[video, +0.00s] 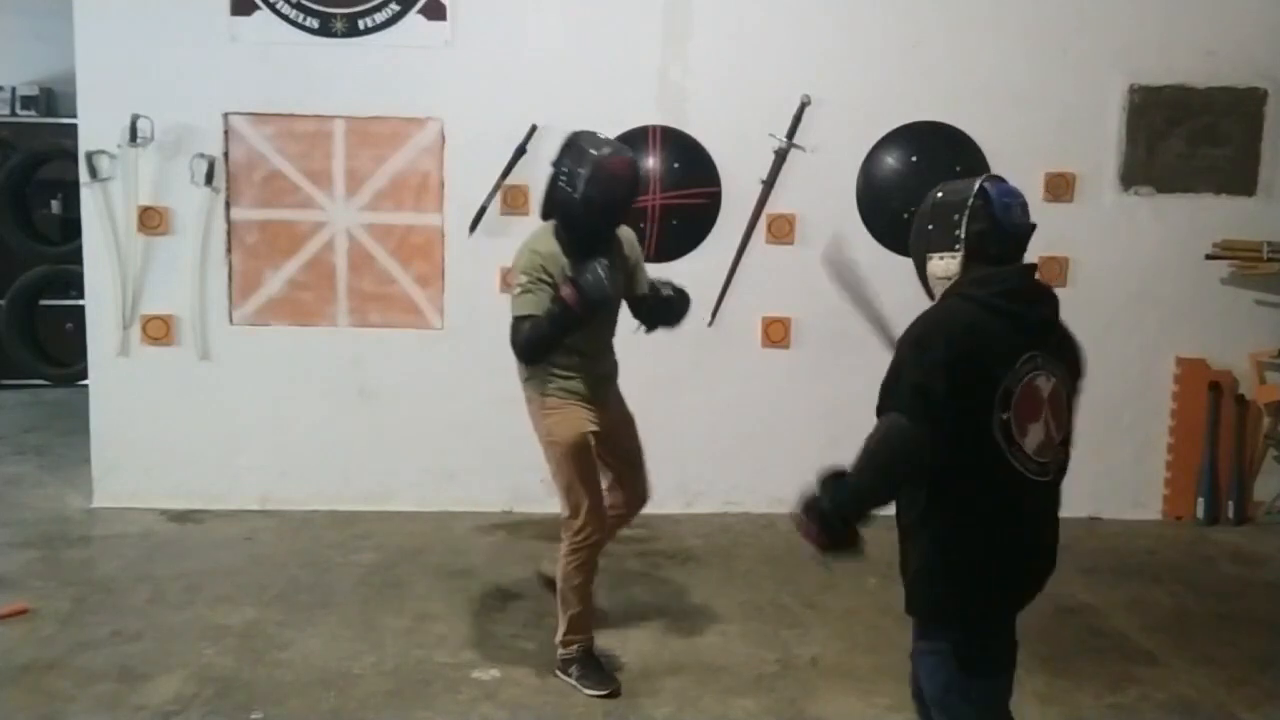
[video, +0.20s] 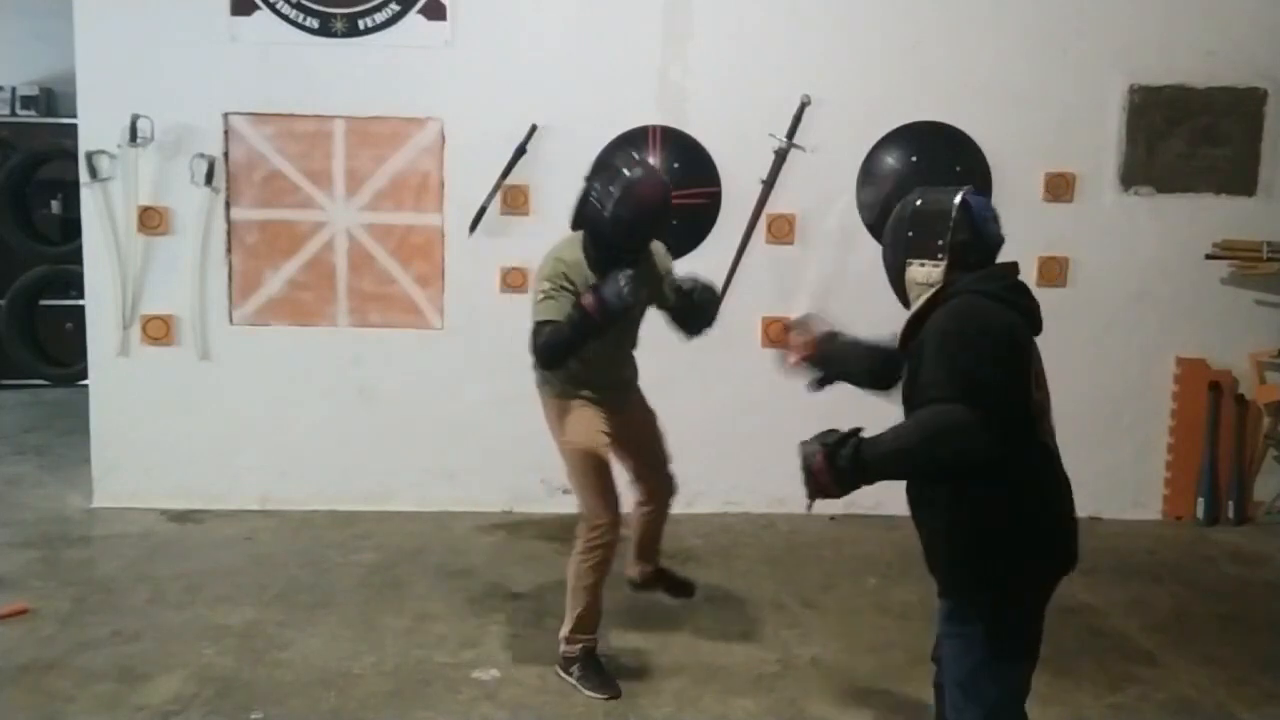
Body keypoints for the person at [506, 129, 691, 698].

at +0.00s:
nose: (616, 204)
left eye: (620, 194)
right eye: (605, 192)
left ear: (619, 198)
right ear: (574, 191)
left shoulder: (620, 242)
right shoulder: (540, 251)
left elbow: (645, 307)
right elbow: (526, 343)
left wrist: (668, 303)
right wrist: (574, 299)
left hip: (603, 389)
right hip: (555, 396)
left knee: (630, 492)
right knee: (585, 522)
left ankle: (566, 570)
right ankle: (572, 650)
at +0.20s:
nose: (644, 234)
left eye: (648, 225)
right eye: (637, 223)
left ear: (646, 225)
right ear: (609, 216)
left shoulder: (647, 257)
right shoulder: (562, 264)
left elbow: (687, 321)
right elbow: (547, 351)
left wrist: (698, 302)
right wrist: (596, 307)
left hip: (621, 387)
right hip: (571, 392)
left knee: (657, 487)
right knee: (602, 520)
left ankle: (644, 567)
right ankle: (576, 649)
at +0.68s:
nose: (666, 212)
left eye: (674, 203)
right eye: (658, 201)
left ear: (681, 206)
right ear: (637, 200)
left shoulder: (688, 246)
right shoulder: (599, 250)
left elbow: (705, 301)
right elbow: (556, 313)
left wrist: (713, 330)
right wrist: (584, 326)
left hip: (667, 380)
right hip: (617, 379)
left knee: (677, 480)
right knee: (638, 486)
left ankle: (657, 564)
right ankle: (611, 587)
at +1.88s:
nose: (698, 189)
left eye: (704, 180)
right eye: (688, 179)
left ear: (710, 186)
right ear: (663, 182)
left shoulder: (701, 236)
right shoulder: (628, 236)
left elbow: (696, 293)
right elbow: (594, 308)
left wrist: (715, 317)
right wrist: (638, 313)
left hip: (676, 367)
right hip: (628, 366)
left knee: (704, 460)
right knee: (622, 472)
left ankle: (716, 561)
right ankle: (608, 571)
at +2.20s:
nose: (757, 192)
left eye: (762, 183)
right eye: (747, 181)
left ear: (766, 186)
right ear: (718, 182)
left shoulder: (760, 239)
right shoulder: (687, 236)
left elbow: (765, 298)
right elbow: (652, 308)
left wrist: (779, 321)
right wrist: (692, 312)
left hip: (738, 378)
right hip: (687, 377)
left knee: (759, 468)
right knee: (673, 477)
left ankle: (745, 566)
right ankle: (620, 564)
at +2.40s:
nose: (785, 189)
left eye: (792, 179)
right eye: (776, 177)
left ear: (798, 182)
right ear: (748, 176)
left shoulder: (794, 235)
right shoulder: (714, 233)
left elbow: (805, 292)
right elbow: (679, 305)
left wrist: (821, 312)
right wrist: (719, 306)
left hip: (762, 368)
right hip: (713, 363)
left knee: (769, 467)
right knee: (726, 464)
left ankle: (747, 568)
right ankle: (692, 575)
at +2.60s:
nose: (802, 202)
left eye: (811, 193)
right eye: (793, 190)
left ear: (818, 198)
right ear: (767, 188)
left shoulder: (813, 251)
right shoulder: (733, 244)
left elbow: (835, 314)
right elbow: (708, 319)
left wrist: (836, 306)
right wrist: (763, 304)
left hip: (775, 375)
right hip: (727, 371)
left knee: (787, 482)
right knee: (761, 481)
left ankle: (751, 567)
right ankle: (738, 596)